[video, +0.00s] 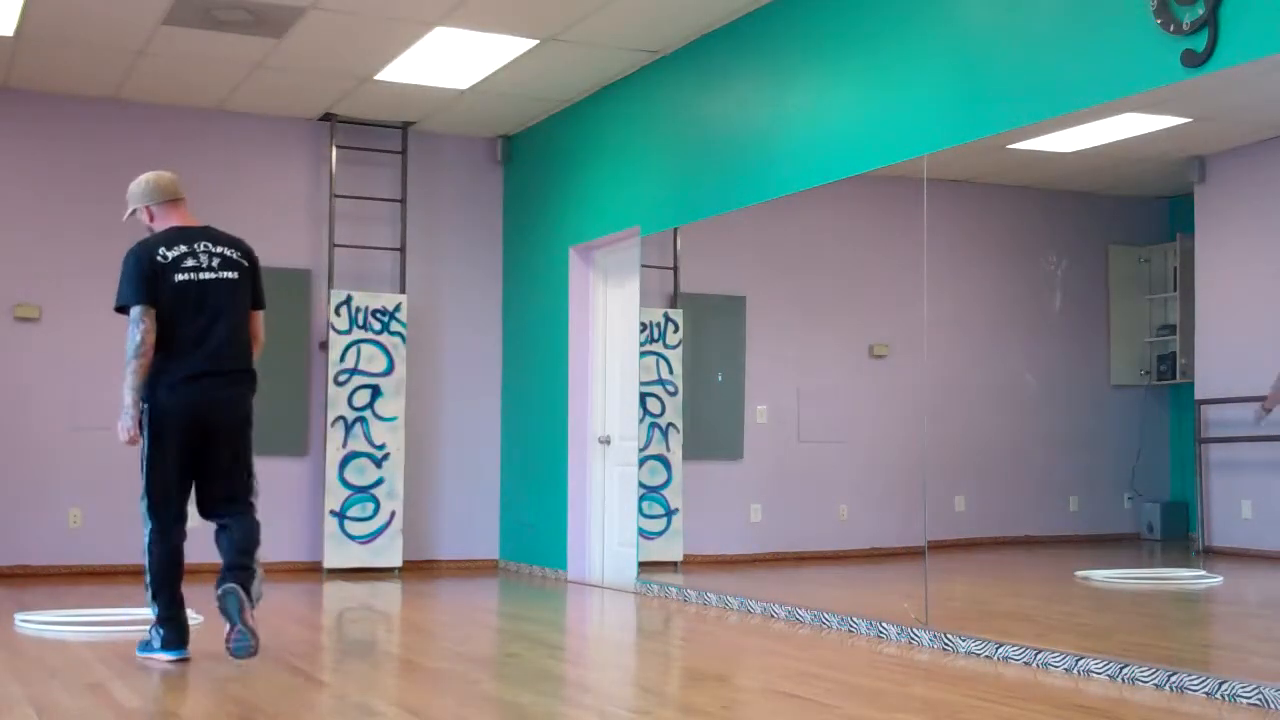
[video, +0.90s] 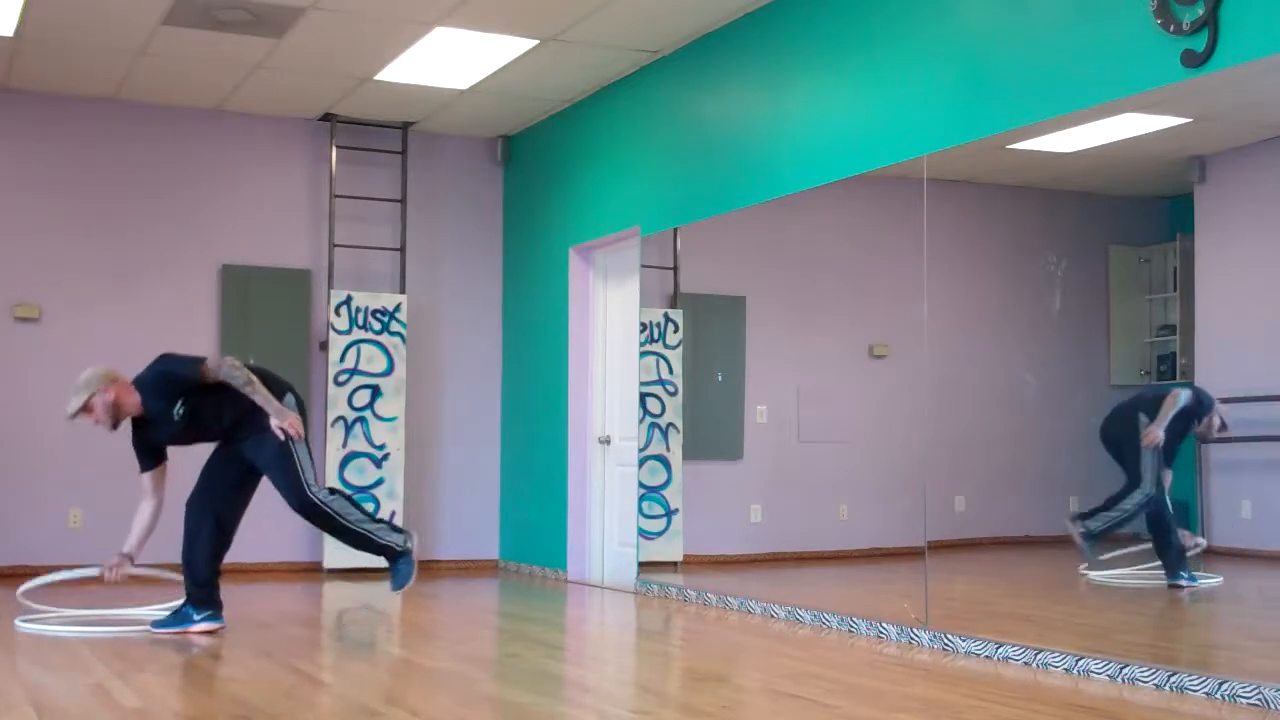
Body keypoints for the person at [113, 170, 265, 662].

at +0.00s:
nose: (135, 225)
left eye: (134, 218)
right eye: (135, 218)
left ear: (146, 213)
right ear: (183, 204)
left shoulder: (145, 256)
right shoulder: (239, 250)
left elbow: (144, 337)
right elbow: (255, 335)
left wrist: (130, 405)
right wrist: (230, 379)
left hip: (170, 402)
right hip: (231, 400)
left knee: (164, 516)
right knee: (234, 504)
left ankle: (169, 632)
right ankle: (237, 584)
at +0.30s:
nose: (104, 272)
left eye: (101, 264)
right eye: (100, 266)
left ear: (112, 255)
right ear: (139, 246)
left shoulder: (140, 275)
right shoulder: (182, 272)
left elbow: (166, 332)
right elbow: (211, 332)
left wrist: (144, 404)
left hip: (198, 398)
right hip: (232, 395)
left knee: (170, 502)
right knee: (209, 496)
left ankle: (171, 627)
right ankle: (200, 599)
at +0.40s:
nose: (85, 320)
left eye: (81, 310)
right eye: (80, 314)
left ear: (96, 298)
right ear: (101, 299)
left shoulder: (139, 306)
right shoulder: (142, 325)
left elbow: (187, 347)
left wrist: (184, 421)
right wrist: (185, 469)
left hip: (225, 410)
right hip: (217, 413)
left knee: (196, 512)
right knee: (189, 511)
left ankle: (189, 629)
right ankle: (191, 612)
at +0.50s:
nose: (77, 383)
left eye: (71, 373)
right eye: (70, 377)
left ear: (84, 357)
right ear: (86, 358)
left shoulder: (132, 346)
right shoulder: (141, 387)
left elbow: (192, 361)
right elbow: (163, 453)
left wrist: (227, 420)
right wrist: (161, 521)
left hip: (246, 409)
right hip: (226, 421)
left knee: (229, 514)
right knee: (196, 509)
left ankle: (223, 621)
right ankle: (196, 609)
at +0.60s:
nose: (84, 432)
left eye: (77, 423)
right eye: (77, 427)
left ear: (88, 405)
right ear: (91, 408)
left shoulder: (132, 374)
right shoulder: (142, 430)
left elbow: (193, 368)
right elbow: (148, 493)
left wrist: (241, 415)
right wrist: (133, 559)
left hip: (252, 407)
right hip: (227, 424)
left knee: (267, 509)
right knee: (197, 508)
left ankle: (283, 610)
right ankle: (202, 608)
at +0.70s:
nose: (90, 454)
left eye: (84, 446)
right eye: (83, 451)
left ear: (93, 424)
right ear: (96, 432)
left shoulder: (137, 391)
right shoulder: (140, 451)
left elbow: (199, 376)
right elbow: (136, 516)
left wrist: (253, 414)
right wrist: (115, 581)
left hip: (253, 413)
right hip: (227, 434)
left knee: (292, 500)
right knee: (194, 510)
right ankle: (201, 609)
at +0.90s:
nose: (90, 419)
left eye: (88, 409)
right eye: (85, 414)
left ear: (108, 390)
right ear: (105, 402)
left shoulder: (163, 372)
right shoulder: (145, 436)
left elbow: (229, 369)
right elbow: (152, 496)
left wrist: (276, 409)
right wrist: (126, 554)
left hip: (268, 410)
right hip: (237, 438)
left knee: (307, 499)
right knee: (203, 508)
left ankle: (397, 544)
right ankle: (202, 607)